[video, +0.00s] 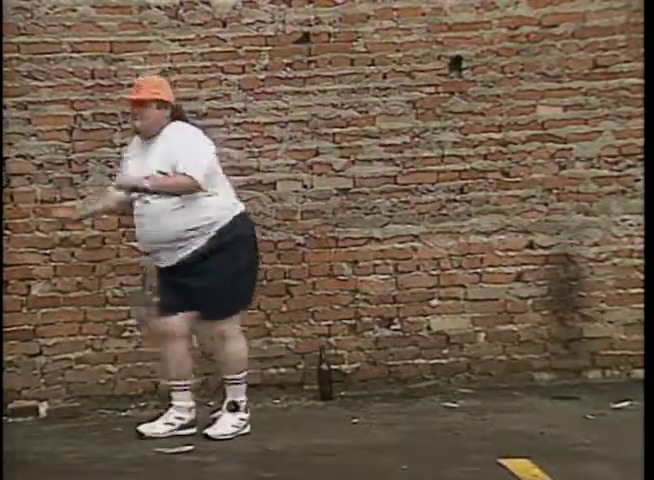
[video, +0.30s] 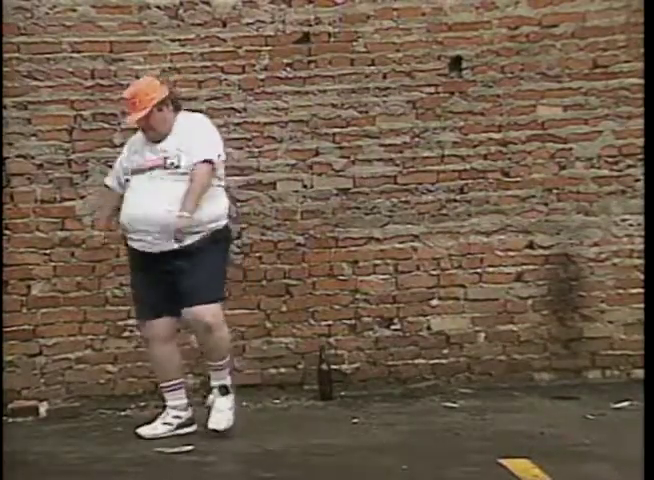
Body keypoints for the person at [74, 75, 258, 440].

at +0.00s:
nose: (136, 115)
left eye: (143, 108)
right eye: (134, 108)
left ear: (165, 109)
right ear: (133, 111)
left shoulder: (186, 137)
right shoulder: (136, 150)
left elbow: (193, 181)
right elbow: (130, 198)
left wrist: (138, 183)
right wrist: (88, 208)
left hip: (221, 243)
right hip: (175, 254)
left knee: (220, 328)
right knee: (172, 329)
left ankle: (237, 410)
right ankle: (182, 412)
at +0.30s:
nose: (141, 125)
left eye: (145, 118)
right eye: (138, 120)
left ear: (165, 106)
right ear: (138, 116)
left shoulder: (197, 126)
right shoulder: (136, 143)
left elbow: (204, 169)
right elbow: (115, 184)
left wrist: (186, 210)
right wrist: (103, 212)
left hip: (200, 242)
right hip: (147, 249)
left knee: (204, 318)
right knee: (157, 331)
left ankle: (222, 392)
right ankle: (178, 411)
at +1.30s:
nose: (124, 99)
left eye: (132, 93)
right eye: (121, 93)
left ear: (153, 88)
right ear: (121, 93)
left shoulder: (179, 117)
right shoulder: (130, 124)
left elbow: (219, 161)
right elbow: (141, 173)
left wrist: (223, 204)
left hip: (176, 223)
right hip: (135, 231)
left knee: (185, 317)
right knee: (151, 322)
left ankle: (219, 400)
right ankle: (169, 406)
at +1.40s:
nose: (123, 105)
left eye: (130, 99)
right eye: (120, 99)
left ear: (151, 97)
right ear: (120, 100)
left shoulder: (174, 123)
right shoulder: (129, 135)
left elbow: (213, 165)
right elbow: (141, 183)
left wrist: (211, 210)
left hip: (173, 231)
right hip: (136, 237)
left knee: (178, 325)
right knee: (147, 329)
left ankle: (211, 411)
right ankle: (180, 409)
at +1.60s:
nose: (112, 105)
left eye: (118, 97)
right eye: (111, 99)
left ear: (141, 94)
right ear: (123, 101)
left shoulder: (156, 117)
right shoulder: (127, 137)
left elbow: (147, 154)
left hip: (169, 235)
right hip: (137, 245)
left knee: (173, 325)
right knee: (143, 332)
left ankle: (209, 410)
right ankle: (179, 407)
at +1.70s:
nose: (105, 96)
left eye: (110, 88)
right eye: (105, 91)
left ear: (131, 84)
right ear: (122, 90)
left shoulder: (149, 106)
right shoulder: (126, 119)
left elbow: (106, 132)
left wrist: (68, 152)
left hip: (169, 222)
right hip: (140, 230)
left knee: (156, 313)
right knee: (149, 318)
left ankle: (195, 395)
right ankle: (171, 398)